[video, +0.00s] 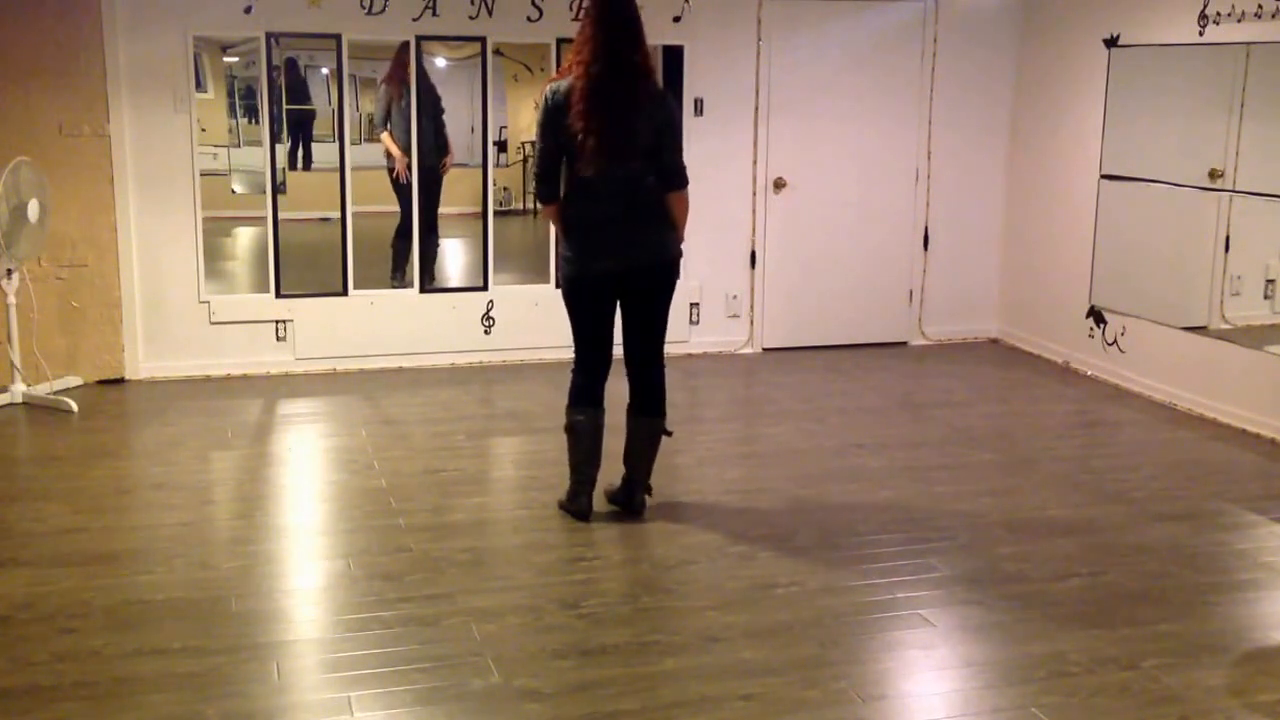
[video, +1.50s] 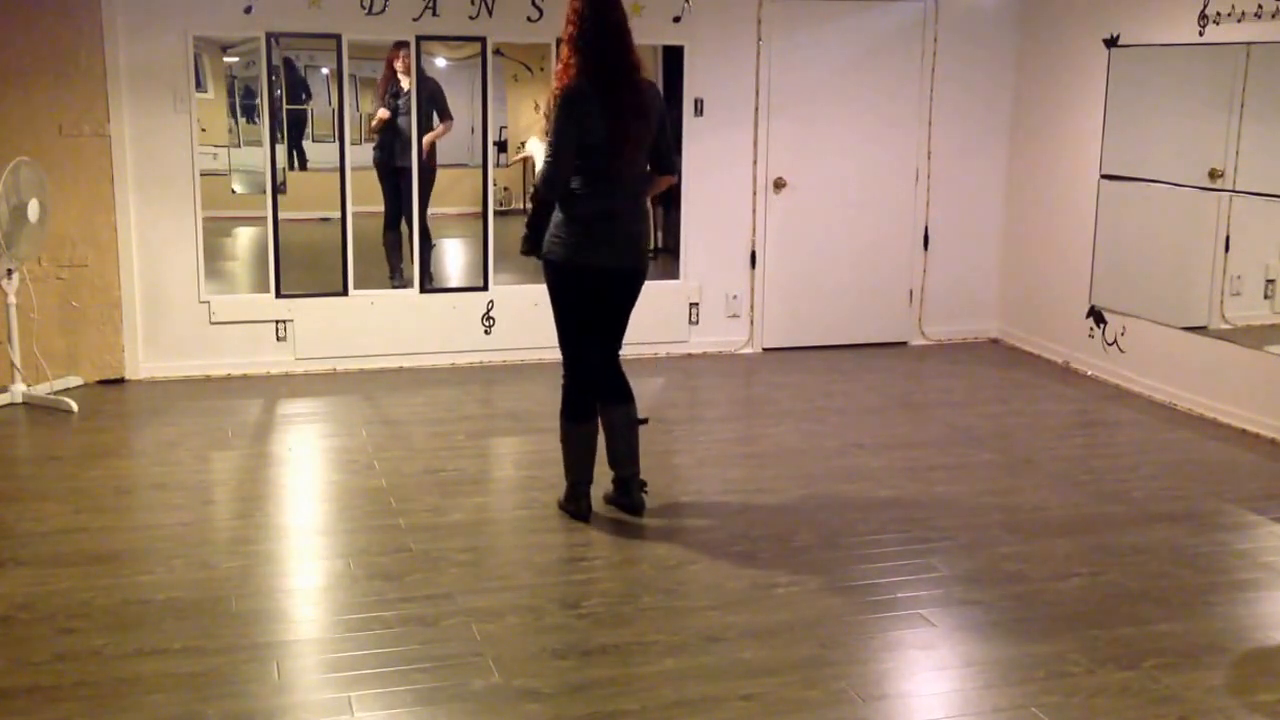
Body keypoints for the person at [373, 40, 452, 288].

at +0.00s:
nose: (416, 63)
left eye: (418, 58)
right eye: (412, 58)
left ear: (422, 60)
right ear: (403, 59)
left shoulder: (427, 86)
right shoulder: (390, 86)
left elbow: (438, 121)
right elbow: (380, 127)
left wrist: (447, 151)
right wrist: (397, 155)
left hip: (431, 163)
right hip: (403, 163)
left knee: (430, 219)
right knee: (409, 216)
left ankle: (427, 275)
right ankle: (398, 272)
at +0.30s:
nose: (410, 66)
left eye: (414, 60)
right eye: (406, 61)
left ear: (419, 61)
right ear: (398, 61)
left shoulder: (427, 86)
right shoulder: (388, 84)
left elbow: (436, 123)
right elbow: (376, 123)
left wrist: (443, 151)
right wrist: (392, 151)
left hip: (426, 161)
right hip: (397, 161)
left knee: (427, 216)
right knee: (402, 213)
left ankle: (427, 273)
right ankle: (397, 271)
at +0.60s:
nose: (405, 64)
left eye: (409, 59)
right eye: (400, 59)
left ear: (417, 60)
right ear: (394, 62)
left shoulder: (430, 87)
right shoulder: (386, 85)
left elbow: (440, 124)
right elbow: (371, 120)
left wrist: (438, 153)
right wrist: (381, 146)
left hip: (421, 163)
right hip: (391, 162)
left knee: (423, 218)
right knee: (392, 216)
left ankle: (426, 273)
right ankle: (396, 271)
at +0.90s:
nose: (401, 62)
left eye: (405, 58)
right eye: (397, 58)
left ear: (414, 60)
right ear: (391, 61)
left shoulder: (429, 86)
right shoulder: (384, 87)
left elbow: (443, 125)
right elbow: (375, 119)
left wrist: (431, 151)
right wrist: (374, 132)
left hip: (418, 162)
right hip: (388, 161)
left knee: (416, 218)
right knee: (390, 218)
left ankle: (425, 272)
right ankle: (395, 271)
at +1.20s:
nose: (401, 62)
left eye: (406, 58)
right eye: (398, 58)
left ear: (414, 60)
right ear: (391, 61)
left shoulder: (429, 86)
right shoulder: (384, 86)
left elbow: (446, 121)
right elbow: (377, 122)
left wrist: (432, 139)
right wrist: (375, 123)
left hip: (418, 162)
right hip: (388, 161)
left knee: (415, 217)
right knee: (391, 216)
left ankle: (425, 273)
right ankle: (395, 272)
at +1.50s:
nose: (402, 62)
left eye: (407, 57)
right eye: (398, 57)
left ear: (415, 60)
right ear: (391, 61)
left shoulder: (428, 85)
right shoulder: (386, 87)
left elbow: (447, 121)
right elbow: (372, 128)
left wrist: (429, 138)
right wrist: (378, 119)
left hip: (419, 161)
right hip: (389, 160)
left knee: (416, 217)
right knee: (392, 214)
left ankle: (424, 274)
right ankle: (395, 273)